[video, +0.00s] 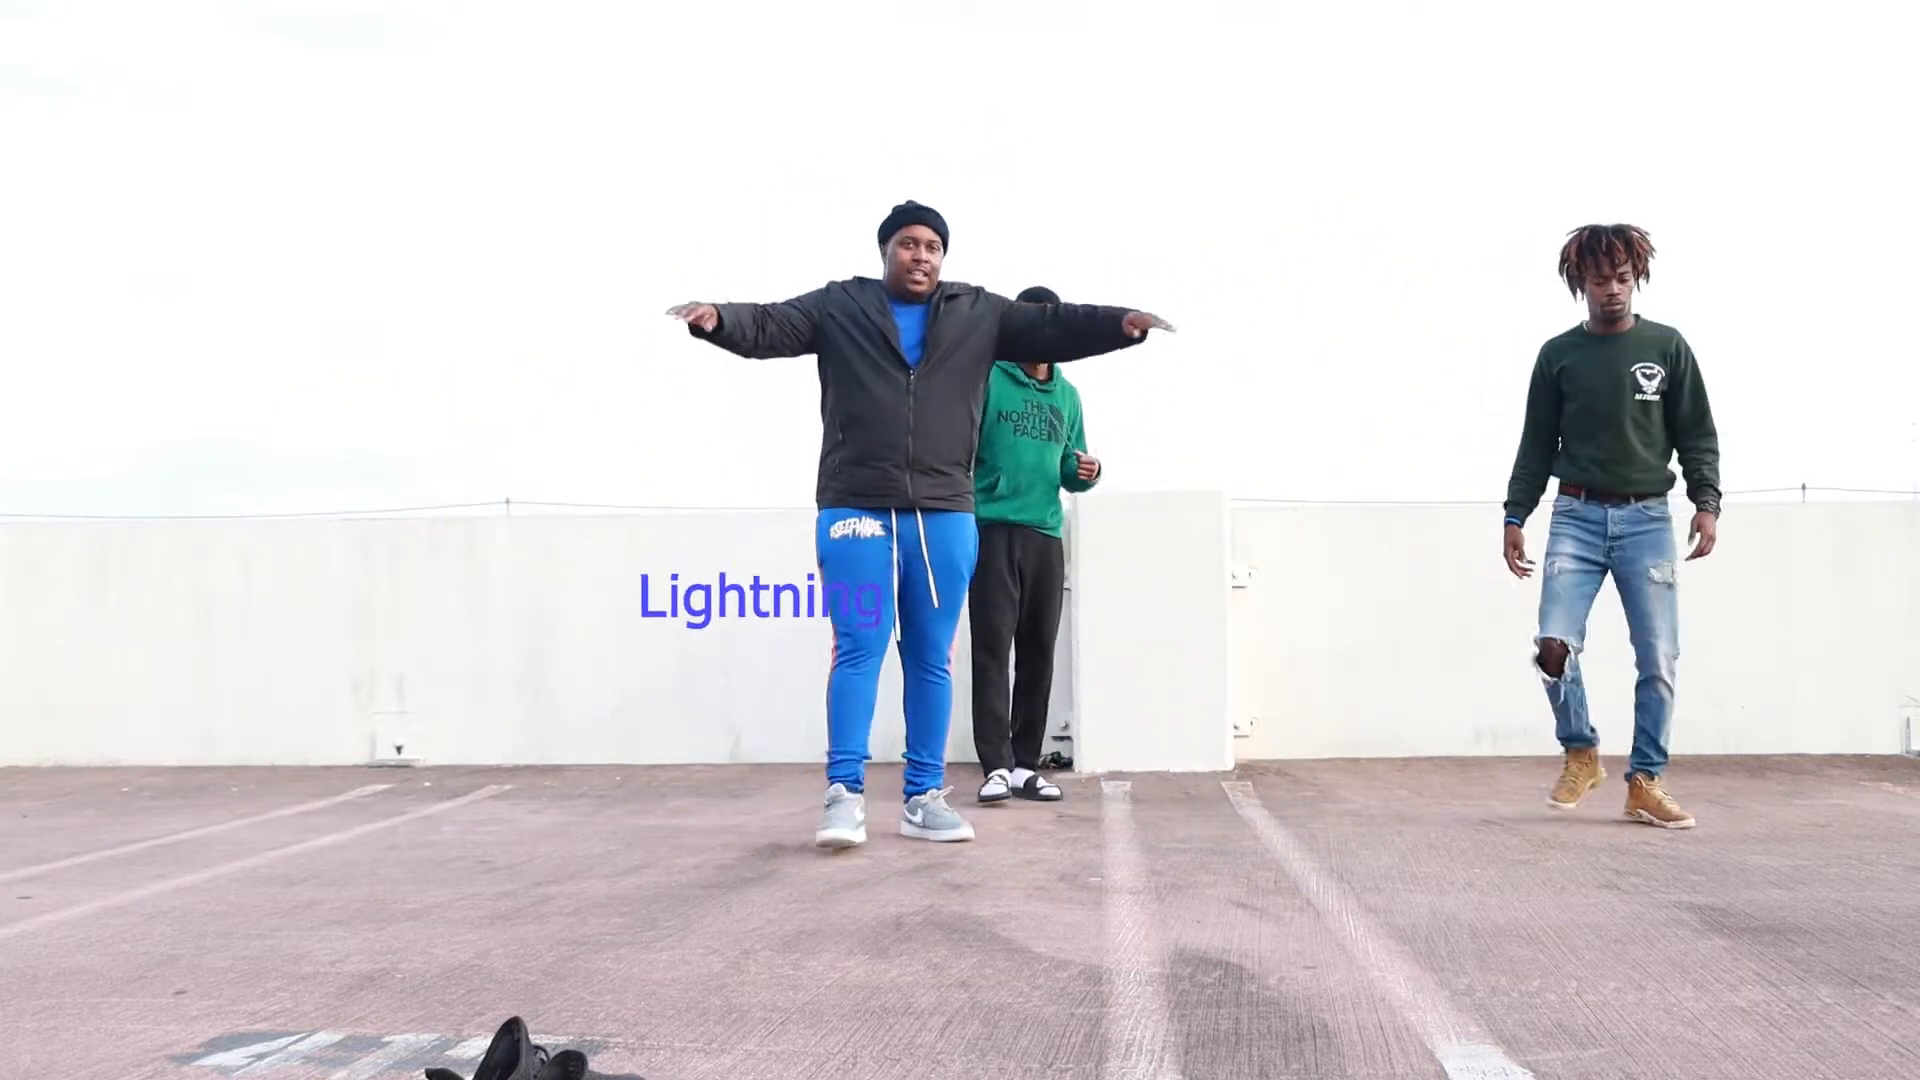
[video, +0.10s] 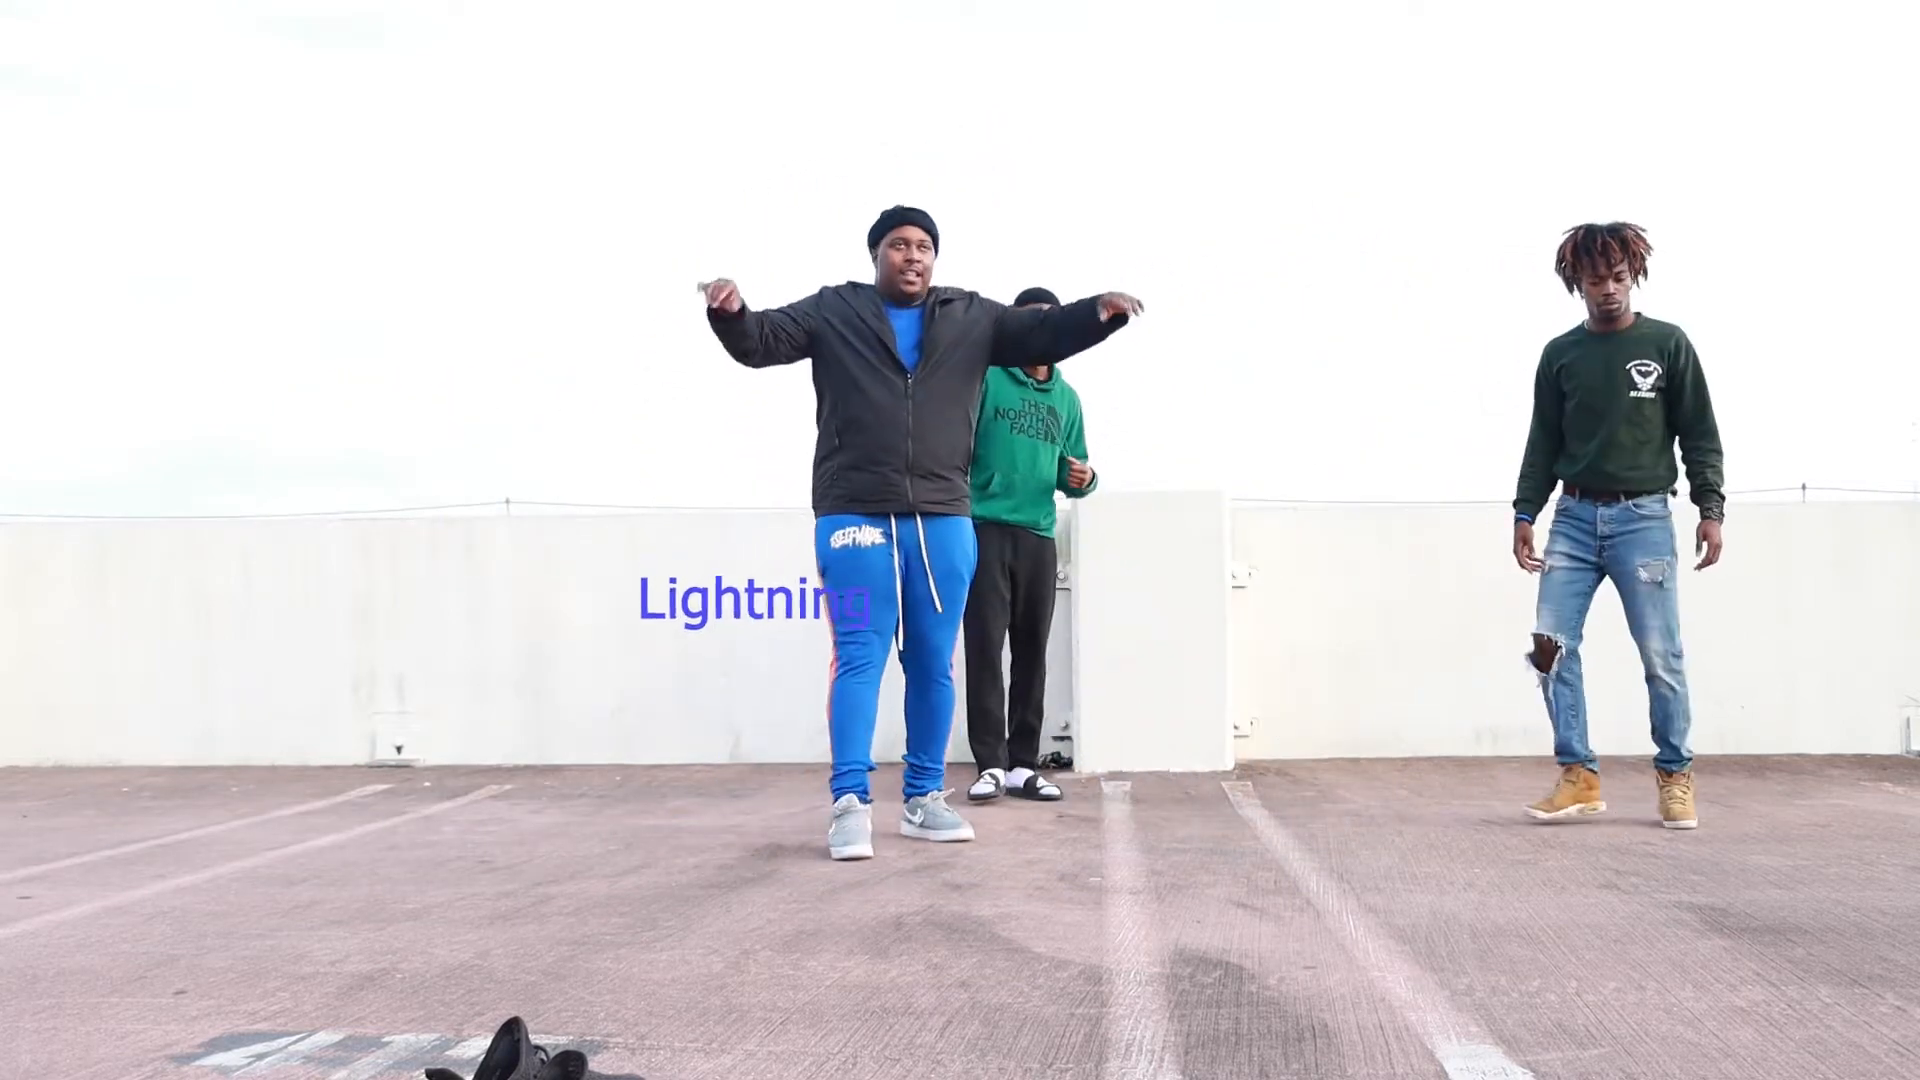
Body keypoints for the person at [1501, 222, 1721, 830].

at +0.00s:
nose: (1612, 289)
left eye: (1622, 277)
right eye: (1599, 279)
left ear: (1637, 277)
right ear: (1580, 282)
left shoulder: (1667, 347)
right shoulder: (1557, 354)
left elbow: (1696, 431)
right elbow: (1537, 443)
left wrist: (1705, 503)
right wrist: (1514, 516)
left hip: (1648, 517)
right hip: (1575, 516)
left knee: (1660, 657)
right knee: (1553, 648)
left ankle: (1646, 781)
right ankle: (1579, 754)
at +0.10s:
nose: (1606, 289)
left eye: (1615, 277)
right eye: (1594, 280)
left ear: (1633, 275)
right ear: (1577, 285)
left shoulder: (1667, 343)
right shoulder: (1558, 354)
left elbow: (1698, 431)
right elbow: (1543, 441)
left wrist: (1709, 509)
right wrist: (1524, 512)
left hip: (1643, 517)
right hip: (1573, 519)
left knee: (1660, 653)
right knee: (1551, 644)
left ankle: (1675, 776)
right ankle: (1578, 777)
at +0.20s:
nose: (1599, 296)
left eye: (1608, 283)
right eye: (1586, 286)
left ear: (1628, 280)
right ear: (1570, 290)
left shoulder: (1661, 347)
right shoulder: (1555, 358)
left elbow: (1696, 436)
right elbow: (1543, 440)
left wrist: (1710, 519)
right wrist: (1529, 508)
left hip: (1640, 520)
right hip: (1571, 523)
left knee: (1657, 656)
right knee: (1556, 650)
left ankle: (1678, 778)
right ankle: (1564, 788)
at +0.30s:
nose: (1591, 295)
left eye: (1601, 282)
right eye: (1579, 286)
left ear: (1622, 280)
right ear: (1564, 291)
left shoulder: (1657, 347)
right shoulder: (1551, 359)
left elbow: (1691, 437)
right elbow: (1538, 441)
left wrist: (1705, 521)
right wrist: (1528, 505)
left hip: (1637, 521)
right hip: (1568, 523)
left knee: (1653, 658)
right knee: (1553, 651)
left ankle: (1674, 778)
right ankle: (1563, 788)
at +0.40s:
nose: (1588, 291)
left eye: (1597, 278)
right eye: (1576, 282)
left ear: (1619, 276)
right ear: (1561, 287)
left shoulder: (1655, 344)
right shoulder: (1547, 356)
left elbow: (1688, 435)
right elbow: (1534, 438)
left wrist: (1700, 519)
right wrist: (1526, 505)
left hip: (1636, 516)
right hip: (1567, 519)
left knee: (1651, 654)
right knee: (1560, 651)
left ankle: (1674, 776)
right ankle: (1564, 787)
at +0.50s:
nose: (1586, 298)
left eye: (1595, 285)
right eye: (1573, 290)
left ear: (1615, 283)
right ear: (1559, 295)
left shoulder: (1653, 350)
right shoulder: (1546, 364)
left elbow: (1683, 442)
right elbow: (1530, 444)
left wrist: (1696, 529)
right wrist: (1524, 509)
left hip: (1638, 522)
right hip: (1568, 525)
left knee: (1655, 659)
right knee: (1550, 651)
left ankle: (1684, 778)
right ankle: (1564, 787)